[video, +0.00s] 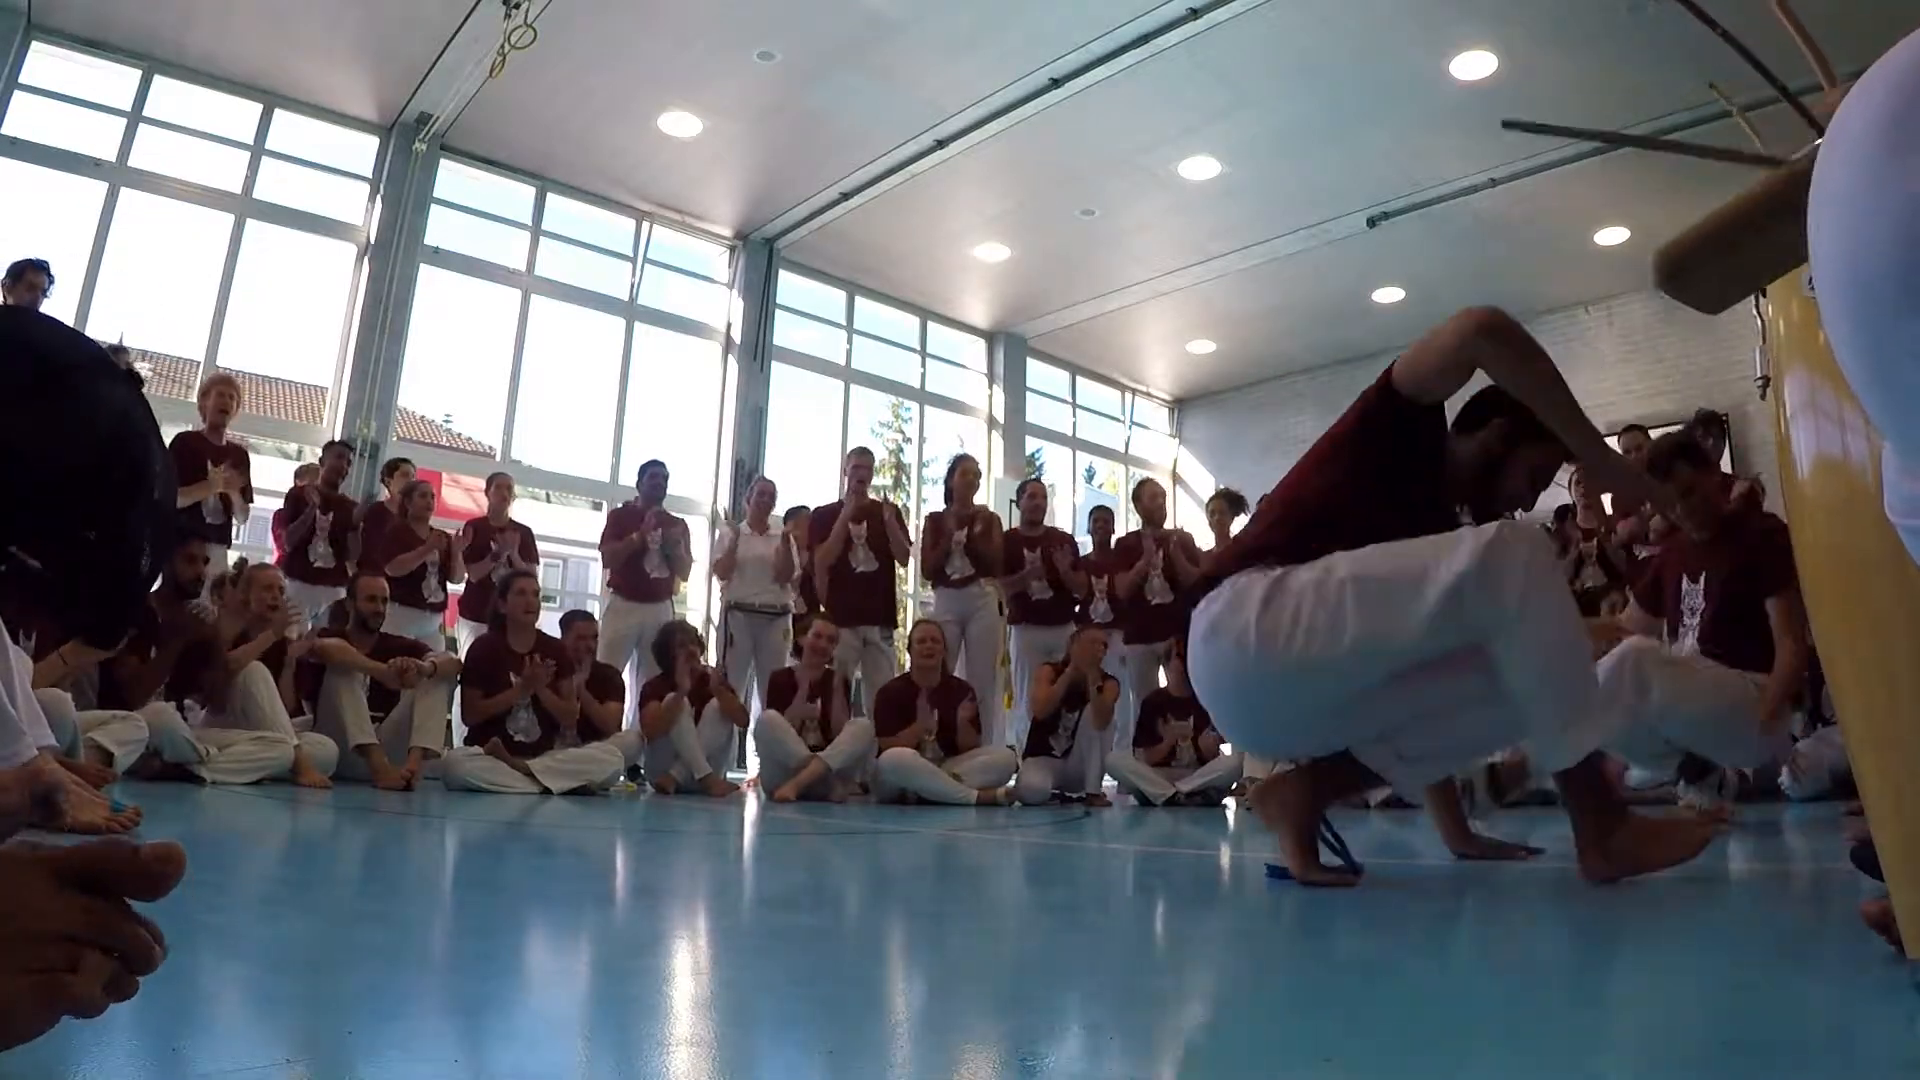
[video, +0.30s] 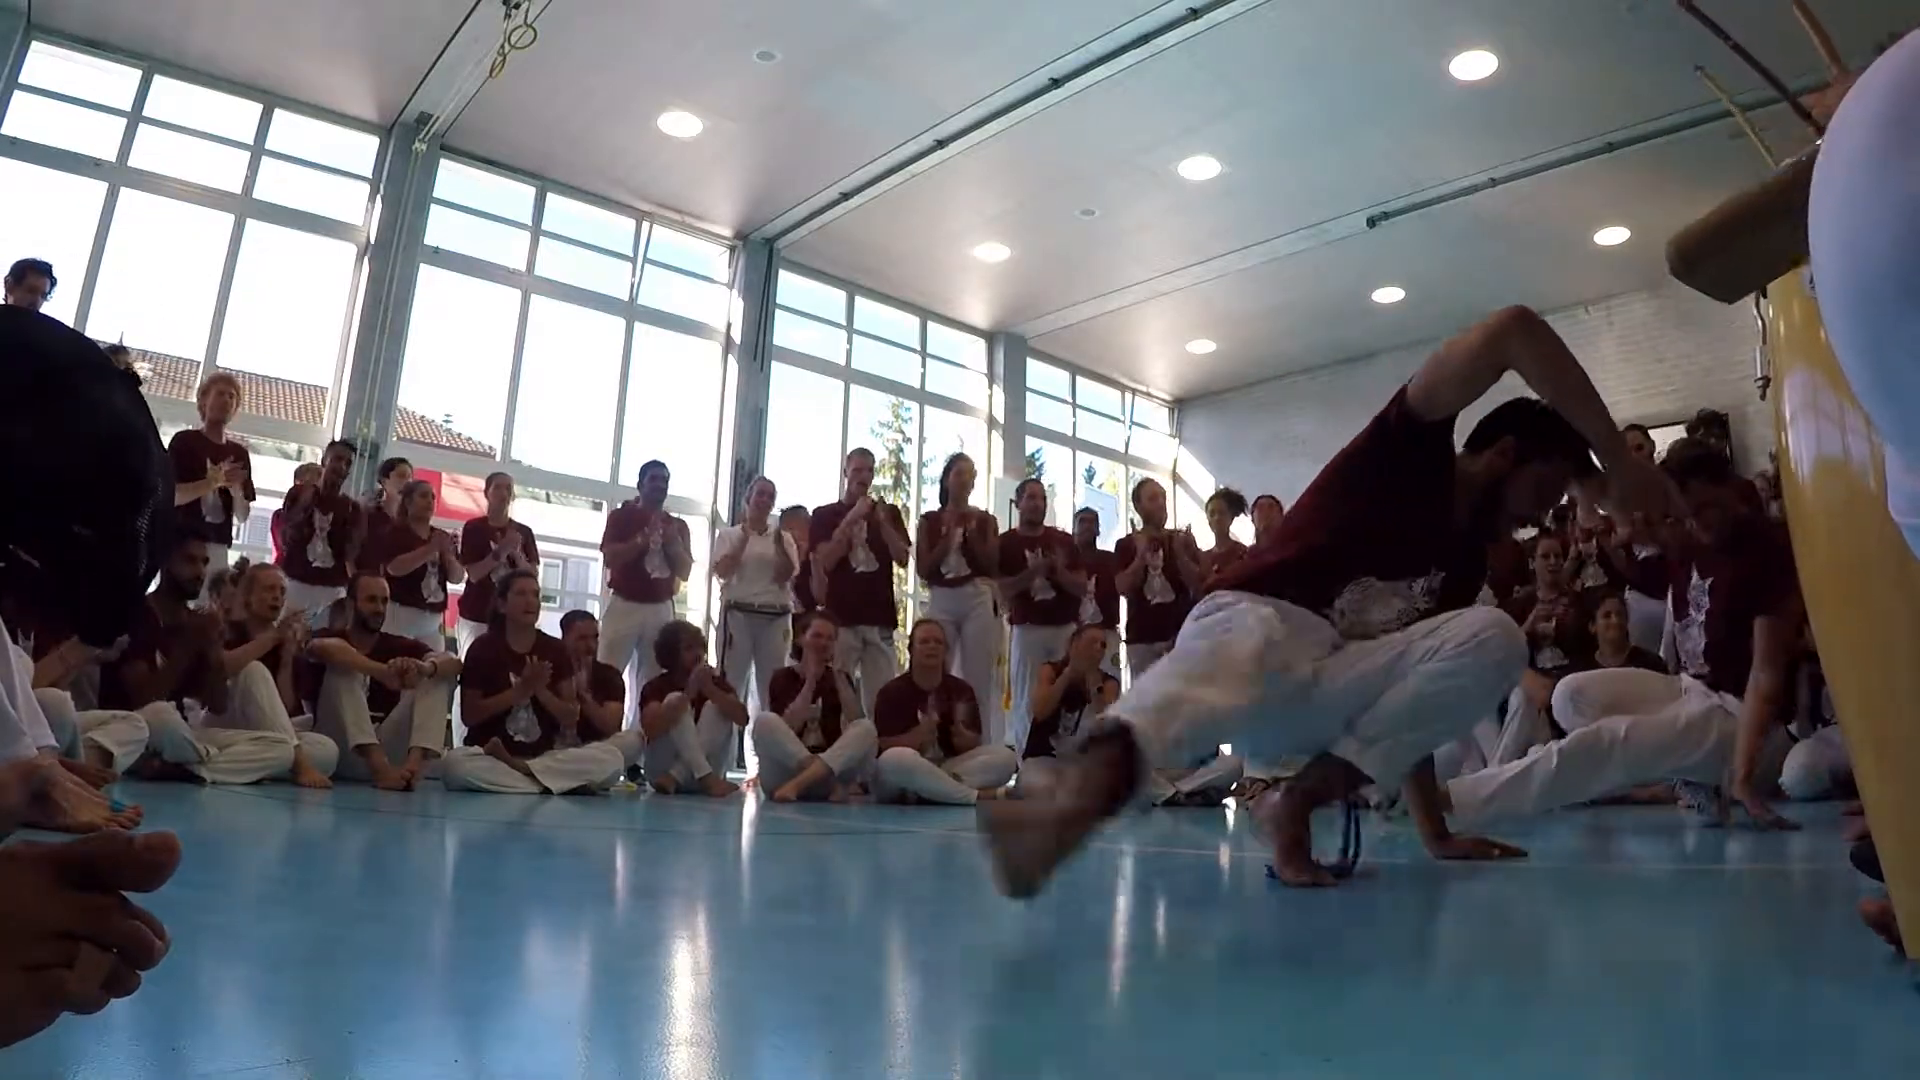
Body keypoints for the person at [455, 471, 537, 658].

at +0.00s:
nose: (504, 494)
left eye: (508, 489)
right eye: (498, 488)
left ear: (513, 495)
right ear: (487, 493)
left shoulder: (524, 533)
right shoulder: (473, 527)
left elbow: (531, 576)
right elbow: (473, 574)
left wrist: (514, 554)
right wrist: (497, 554)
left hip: (510, 619)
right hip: (474, 615)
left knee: (505, 683)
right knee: (471, 680)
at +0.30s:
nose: (503, 494)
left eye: (508, 489)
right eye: (497, 488)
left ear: (512, 495)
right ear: (486, 493)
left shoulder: (524, 532)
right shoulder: (473, 528)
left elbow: (532, 574)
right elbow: (473, 574)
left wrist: (516, 552)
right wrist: (501, 550)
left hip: (511, 618)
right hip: (475, 615)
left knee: (506, 680)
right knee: (473, 680)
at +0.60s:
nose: (503, 493)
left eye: (507, 489)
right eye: (497, 488)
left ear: (512, 495)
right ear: (486, 493)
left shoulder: (523, 533)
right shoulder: (473, 528)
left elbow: (533, 574)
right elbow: (472, 575)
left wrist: (515, 557)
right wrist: (500, 553)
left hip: (511, 619)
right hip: (475, 616)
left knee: (505, 681)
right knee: (472, 680)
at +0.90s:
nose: (504, 494)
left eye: (508, 489)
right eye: (498, 488)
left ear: (512, 495)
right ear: (486, 493)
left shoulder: (521, 530)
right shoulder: (473, 528)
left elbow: (532, 575)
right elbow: (473, 575)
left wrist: (522, 543)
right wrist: (493, 554)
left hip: (511, 617)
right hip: (475, 614)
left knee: (506, 678)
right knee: (472, 679)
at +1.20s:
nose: (505, 493)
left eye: (509, 489)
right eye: (499, 488)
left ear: (513, 494)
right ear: (487, 493)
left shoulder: (523, 532)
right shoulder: (473, 528)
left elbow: (532, 574)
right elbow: (472, 575)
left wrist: (518, 549)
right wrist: (497, 554)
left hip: (511, 617)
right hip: (474, 615)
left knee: (505, 680)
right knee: (471, 680)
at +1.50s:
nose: (504, 494)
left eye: (509, 489)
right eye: (499, 489)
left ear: (514, 495)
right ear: (488, 493)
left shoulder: (523, 532)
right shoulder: (473, 527)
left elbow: (533, 573)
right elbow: (473, 575)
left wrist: (518, 547)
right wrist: (496, 554)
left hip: (510, 619)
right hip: (474, 616)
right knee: (470, 680)